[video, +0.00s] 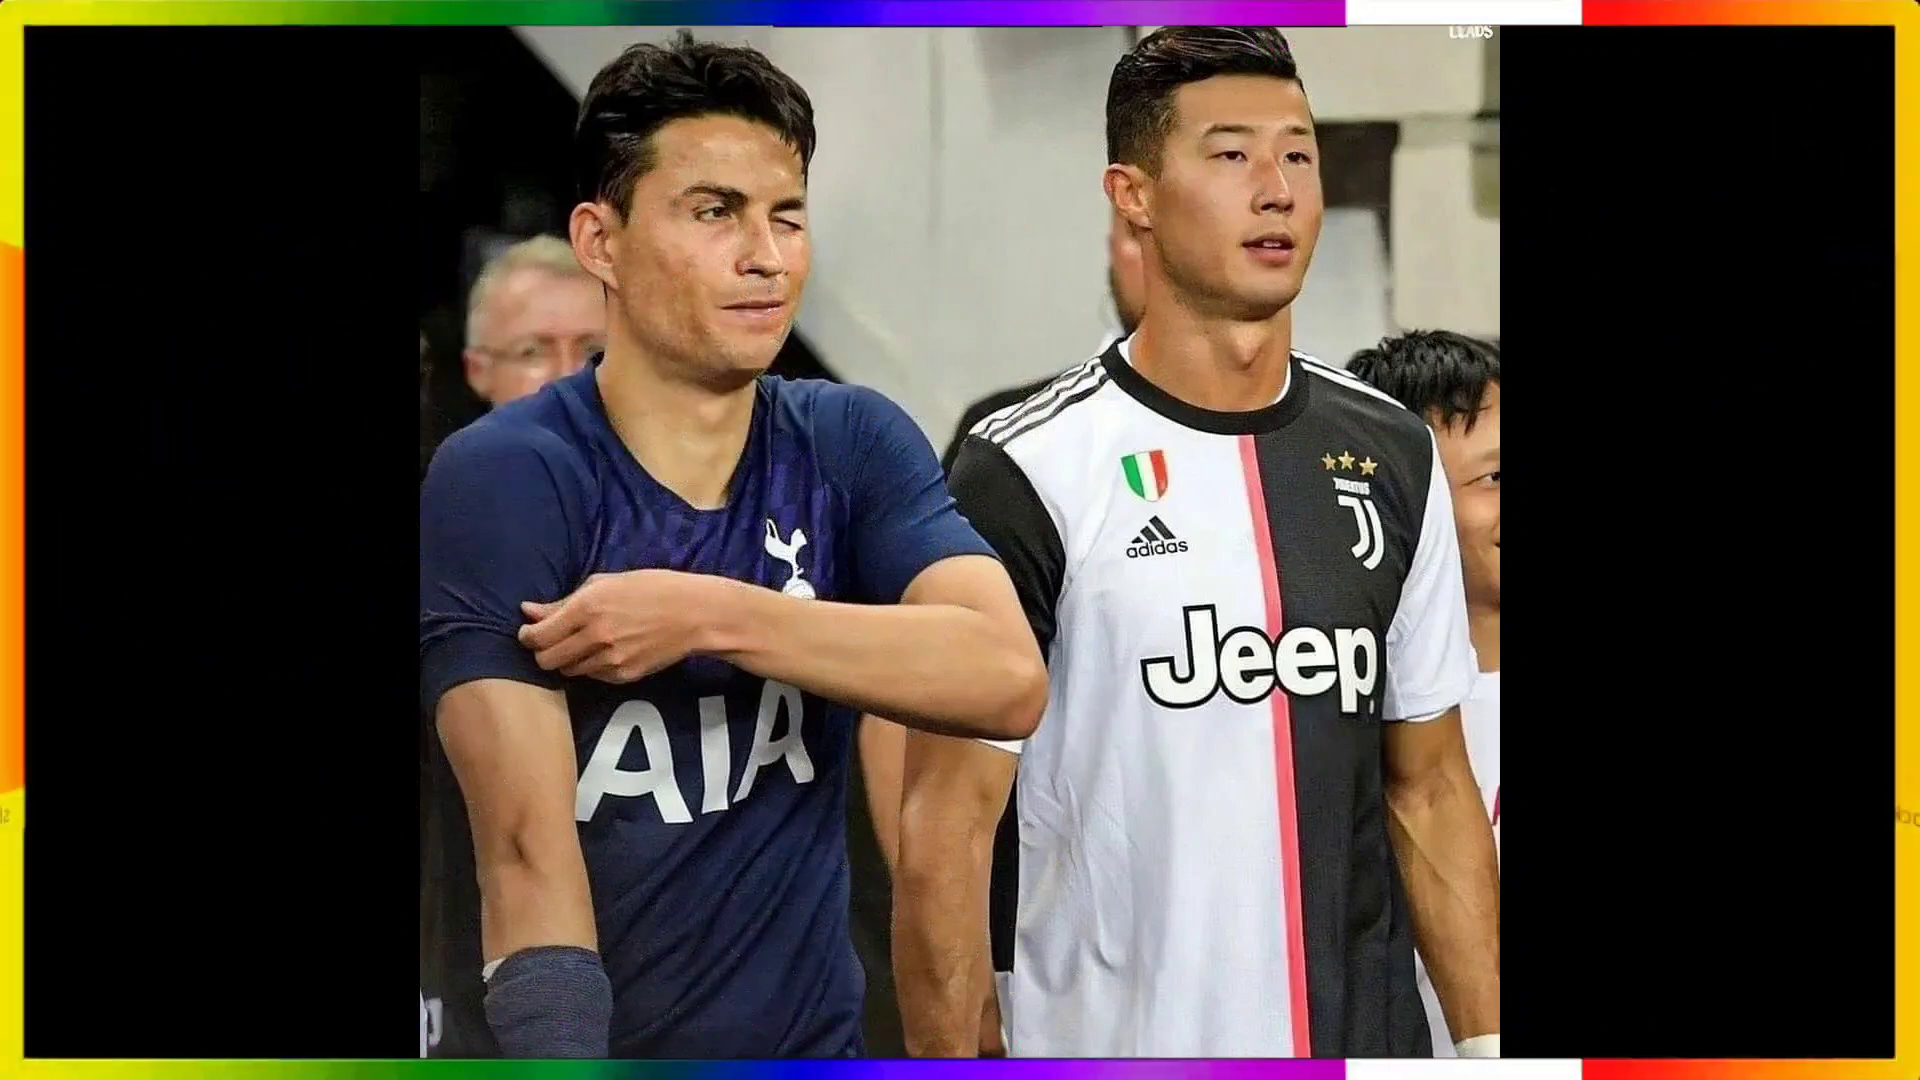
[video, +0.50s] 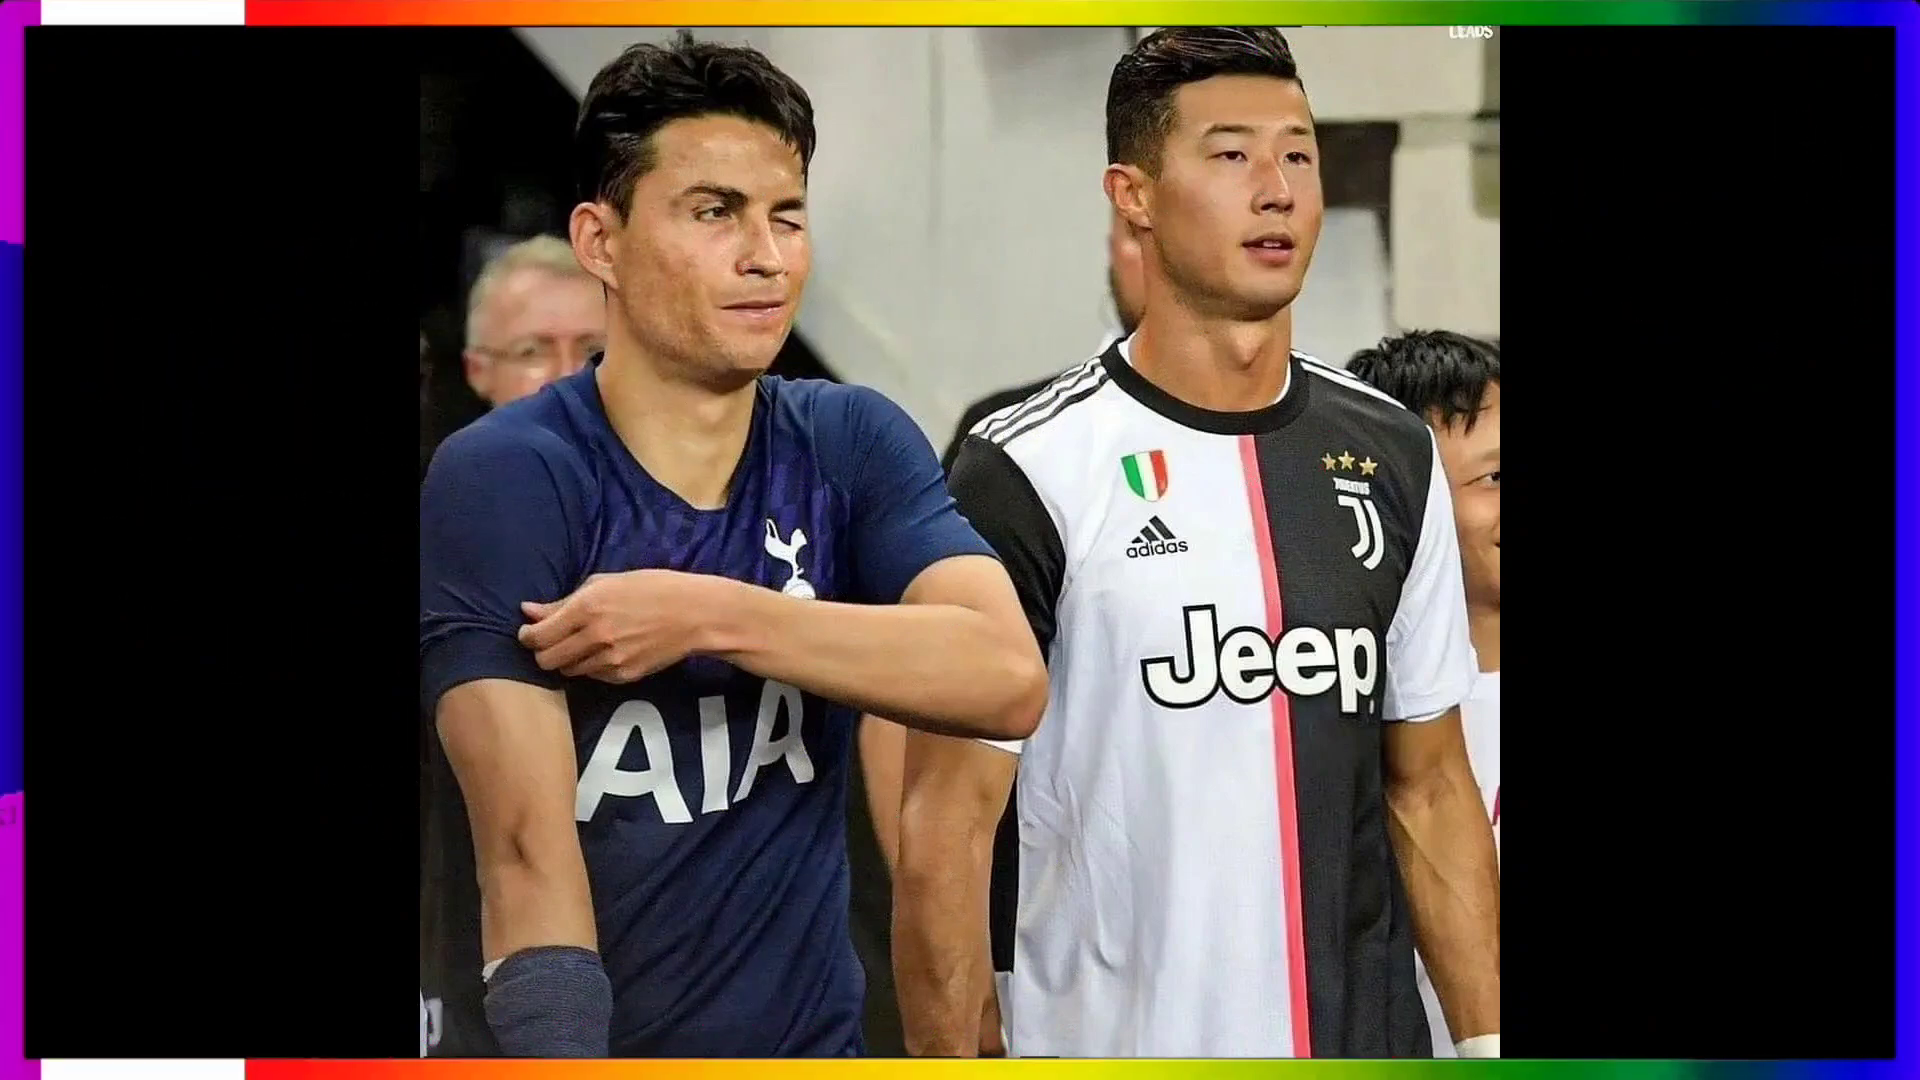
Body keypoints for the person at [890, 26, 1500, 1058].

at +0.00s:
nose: (1279, 193)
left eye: (1297, 159)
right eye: (1230, 156)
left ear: (1319, 187)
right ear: (1133, 197)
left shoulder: (1392, 451)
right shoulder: (1022, 462)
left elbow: (1431, 785)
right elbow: (948, 816)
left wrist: (1483, 1049)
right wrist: (952, 1066)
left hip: (1358, 1046)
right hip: (1107, 1046)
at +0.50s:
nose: (1279, 193)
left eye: (1297, 159)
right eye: (1230, 157)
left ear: (1319, 186)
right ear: (1134, 198)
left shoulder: (1392, 451)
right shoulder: (1022, 462)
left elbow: (1430, 784)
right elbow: (949, 816)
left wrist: (1484, 1046)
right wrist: (953, 1067)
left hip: (1358, 1046)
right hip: (1108, 1045)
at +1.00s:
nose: (1279, 193)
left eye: (1297, 159)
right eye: (1230, 157)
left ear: (1319, 187)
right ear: (1134, 198)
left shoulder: (1392, 450)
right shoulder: (1022, 462)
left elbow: (1431, 785)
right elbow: (948, 817)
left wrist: (1483, 1049)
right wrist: (953, 1067)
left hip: (1358, 1046)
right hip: (1106, 1046)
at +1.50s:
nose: (1279, 193)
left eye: (1297, 159)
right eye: (1230, 157)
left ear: (1319, 186)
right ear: (1134, 198)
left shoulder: (1392, 451)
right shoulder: (1022, 462)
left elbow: (1430, 784)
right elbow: (949, 816)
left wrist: (1484, 1046)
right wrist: (953, 1067)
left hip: (1359, 1046)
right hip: (1108, 1045)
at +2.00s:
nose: (1279, 193)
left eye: (1297, 159)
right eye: (1230, 157)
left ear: (1319, 187)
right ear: (1134, 198)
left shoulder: (1392, 450)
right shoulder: (1022, 462)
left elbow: (1431, 785)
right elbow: (948, 817)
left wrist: (1483, 1049)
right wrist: (952, 1067)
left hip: (1359, 1046)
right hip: (1106, 1046)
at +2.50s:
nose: (1279, 193)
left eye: (1297, 159)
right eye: (1230, 157)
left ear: (1319, 186)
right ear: (1134, 198)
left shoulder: (1392, 451)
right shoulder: (1022, 462)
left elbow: (1430, 784)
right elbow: (949, 816)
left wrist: (1484, 1045)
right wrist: (953, 1067)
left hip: (1358, 1046)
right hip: (1108, 1045)